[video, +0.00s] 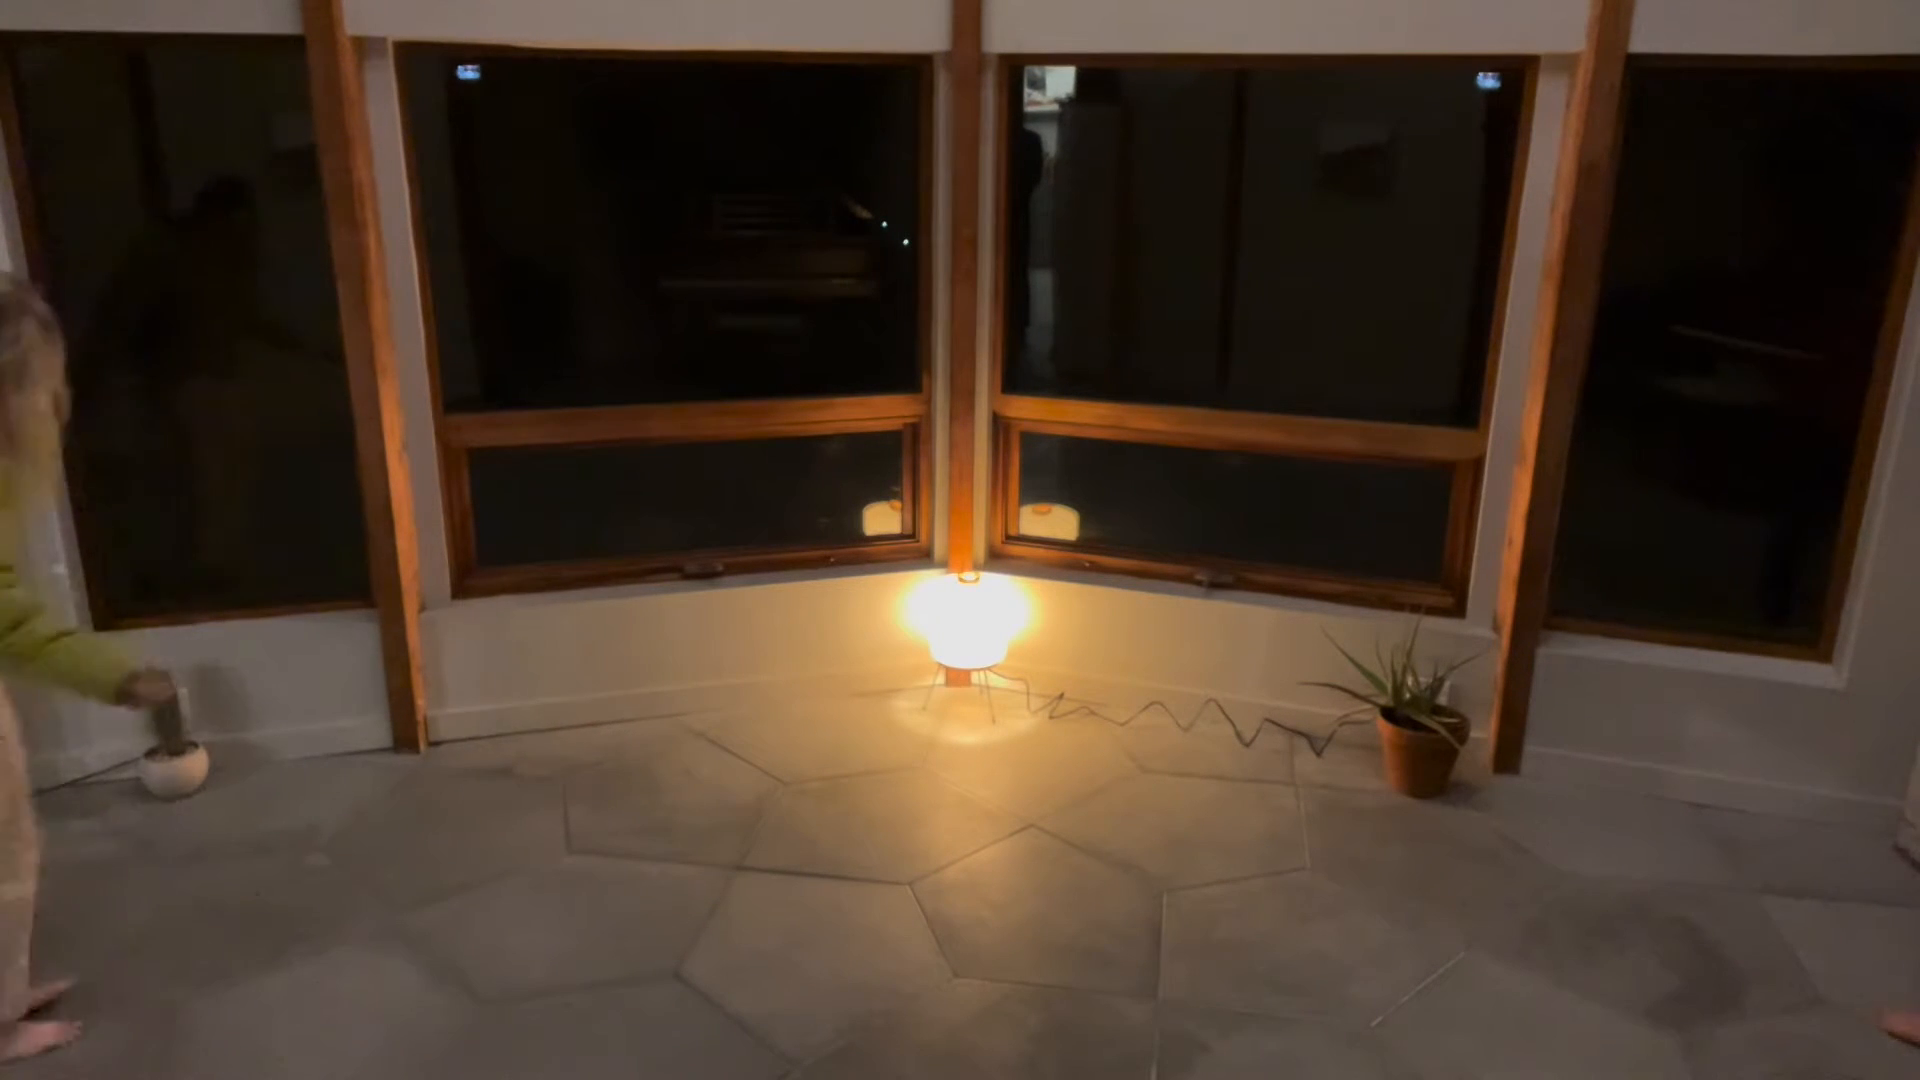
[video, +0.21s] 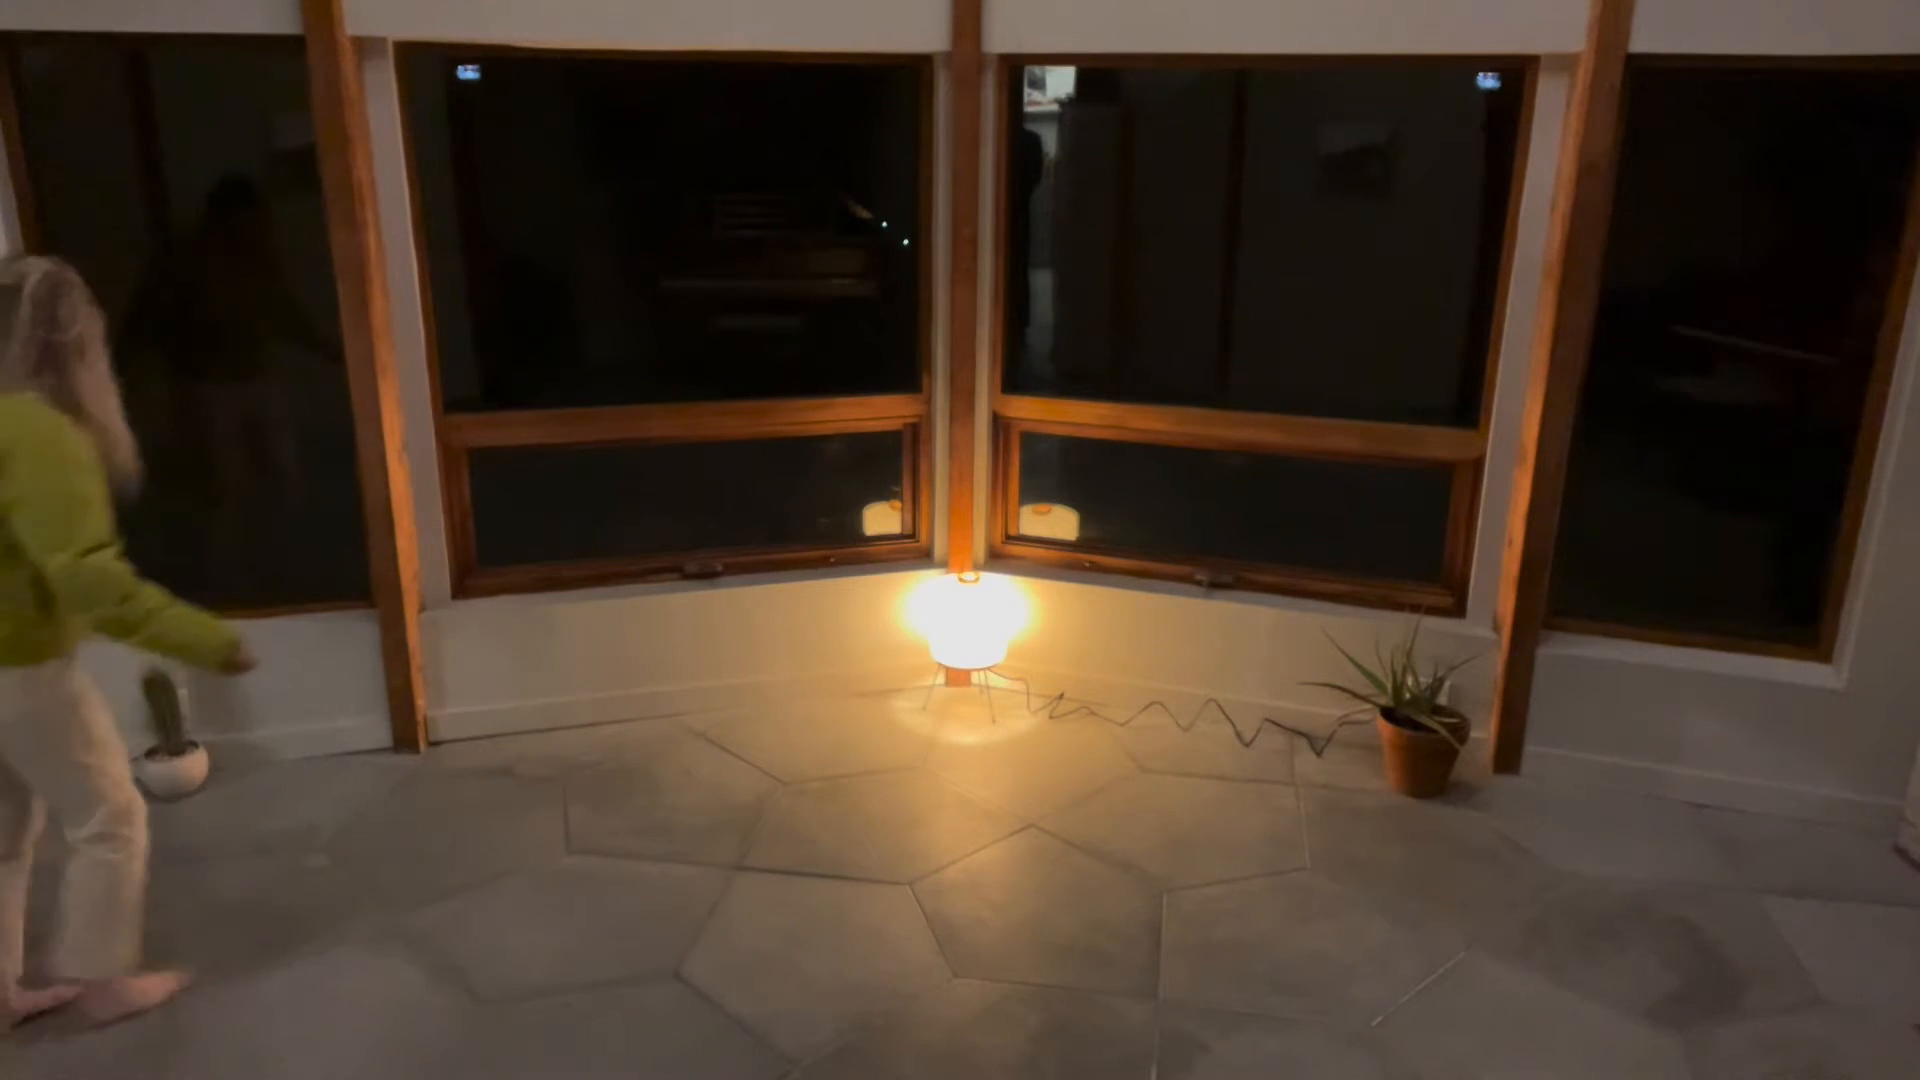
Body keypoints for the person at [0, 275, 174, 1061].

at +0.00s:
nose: (56, 404)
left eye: (54, 385)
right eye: (43, 387)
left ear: (27, 392)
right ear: (7, 397)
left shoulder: (17, 473)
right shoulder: (5, 483)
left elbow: (19, 620)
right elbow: (14, 622)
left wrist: (118, 677)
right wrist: (120, 677)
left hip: (6, 689)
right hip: (3, 690)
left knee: (16, 838)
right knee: (12, 847)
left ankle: (10, 991)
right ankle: (6, 1023)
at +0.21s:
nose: (98, 351)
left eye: (93, 336)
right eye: (91, 336)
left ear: (10, 338)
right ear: (68, 342)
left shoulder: (16, 426)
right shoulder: (40, 432)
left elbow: (84, 574)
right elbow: (88, 577)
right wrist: (213, 643)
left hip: (13, 666)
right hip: (28, 666)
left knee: (13, 826)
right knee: (110, 818)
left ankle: (10, 983)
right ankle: (99, 979)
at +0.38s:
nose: (130, 330)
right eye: (120, 317)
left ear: (16, 334)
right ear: (104, 324)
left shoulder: (6, 420)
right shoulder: (111, 413)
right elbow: (167, 550)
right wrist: (274, 621)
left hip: (9, 662)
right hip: (93, 657)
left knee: (58, 815)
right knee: (153, 787)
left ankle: (86, 975)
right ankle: (132, 973)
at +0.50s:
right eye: (136, 305)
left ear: (41, 319)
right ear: (129, 311)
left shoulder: (10, 407)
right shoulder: (159, 402)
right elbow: (227, 534)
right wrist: (318, 590)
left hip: (41, 654)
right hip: (154, 645)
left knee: (74, 822)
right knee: (208, 776)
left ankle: (90, 974)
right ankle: (237, 931)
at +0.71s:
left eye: (65, 309)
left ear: (71, 314)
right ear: (155, 302)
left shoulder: (54, 408)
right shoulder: (223, 383)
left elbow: (31, 554)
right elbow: (296, 493)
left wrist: (26, 674)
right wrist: (345, 573)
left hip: (147, 645)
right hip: (250, 629)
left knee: (138, 801)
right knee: (257, 763)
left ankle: (147, 954)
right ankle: (298, 901)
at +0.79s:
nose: (66, 332)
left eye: (68, 314)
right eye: (64, 314)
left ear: (93, 314)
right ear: (159, 297)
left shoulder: (106, 406)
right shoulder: (245, 371)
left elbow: (97, 552)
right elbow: (311, 475)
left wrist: (79, 676)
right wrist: (333, 563)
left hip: (201, 637)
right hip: (287, 617)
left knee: (162, 791)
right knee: (280, 769)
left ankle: (196, 941)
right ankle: (317, 904)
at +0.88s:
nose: (78, 340)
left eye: (79, 322)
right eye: (74, 323)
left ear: (109, 315)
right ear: (166, 296)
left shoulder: (133, 400)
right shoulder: (257, 367)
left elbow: (137, 546)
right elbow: (319, 477)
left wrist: (121, 672)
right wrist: (325, 564)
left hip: (231, 628)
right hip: (304, 608)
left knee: (183, 775)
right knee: (283, 766)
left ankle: (284, 894)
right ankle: (318, 900)